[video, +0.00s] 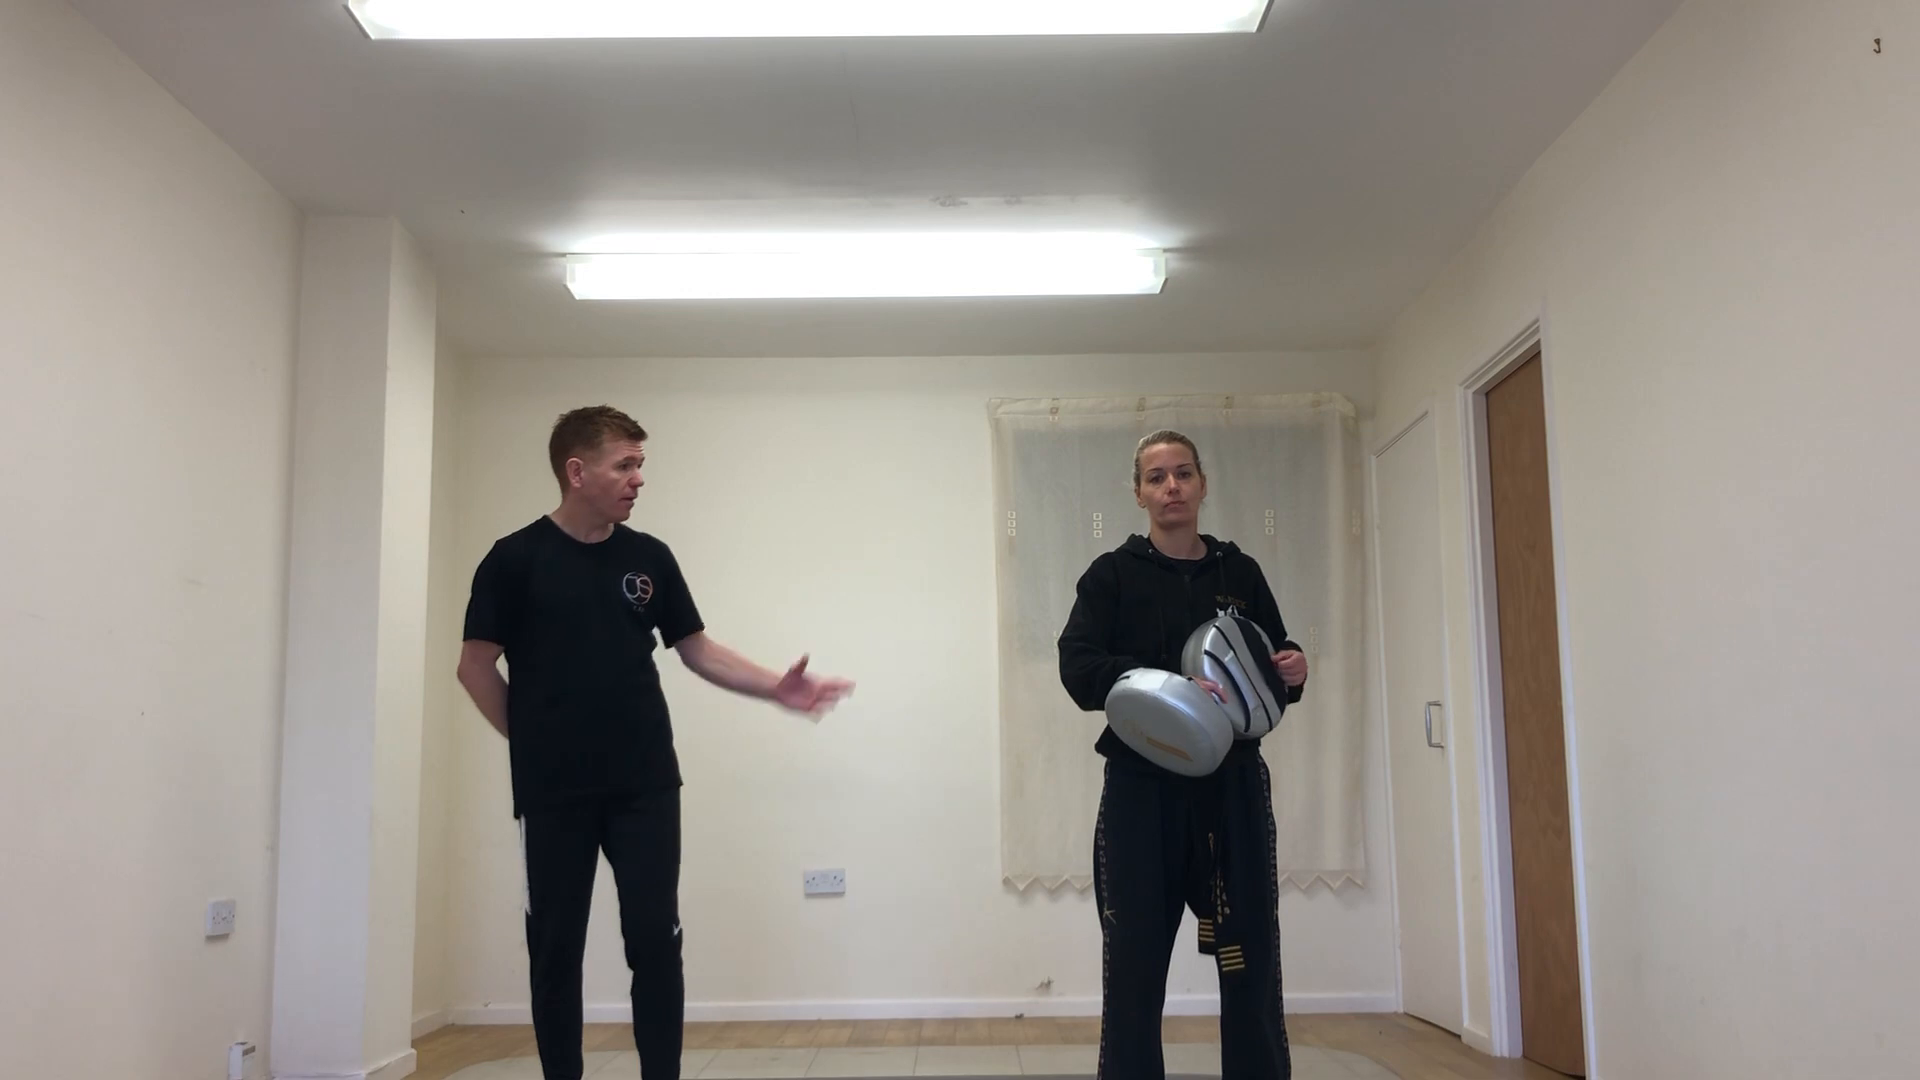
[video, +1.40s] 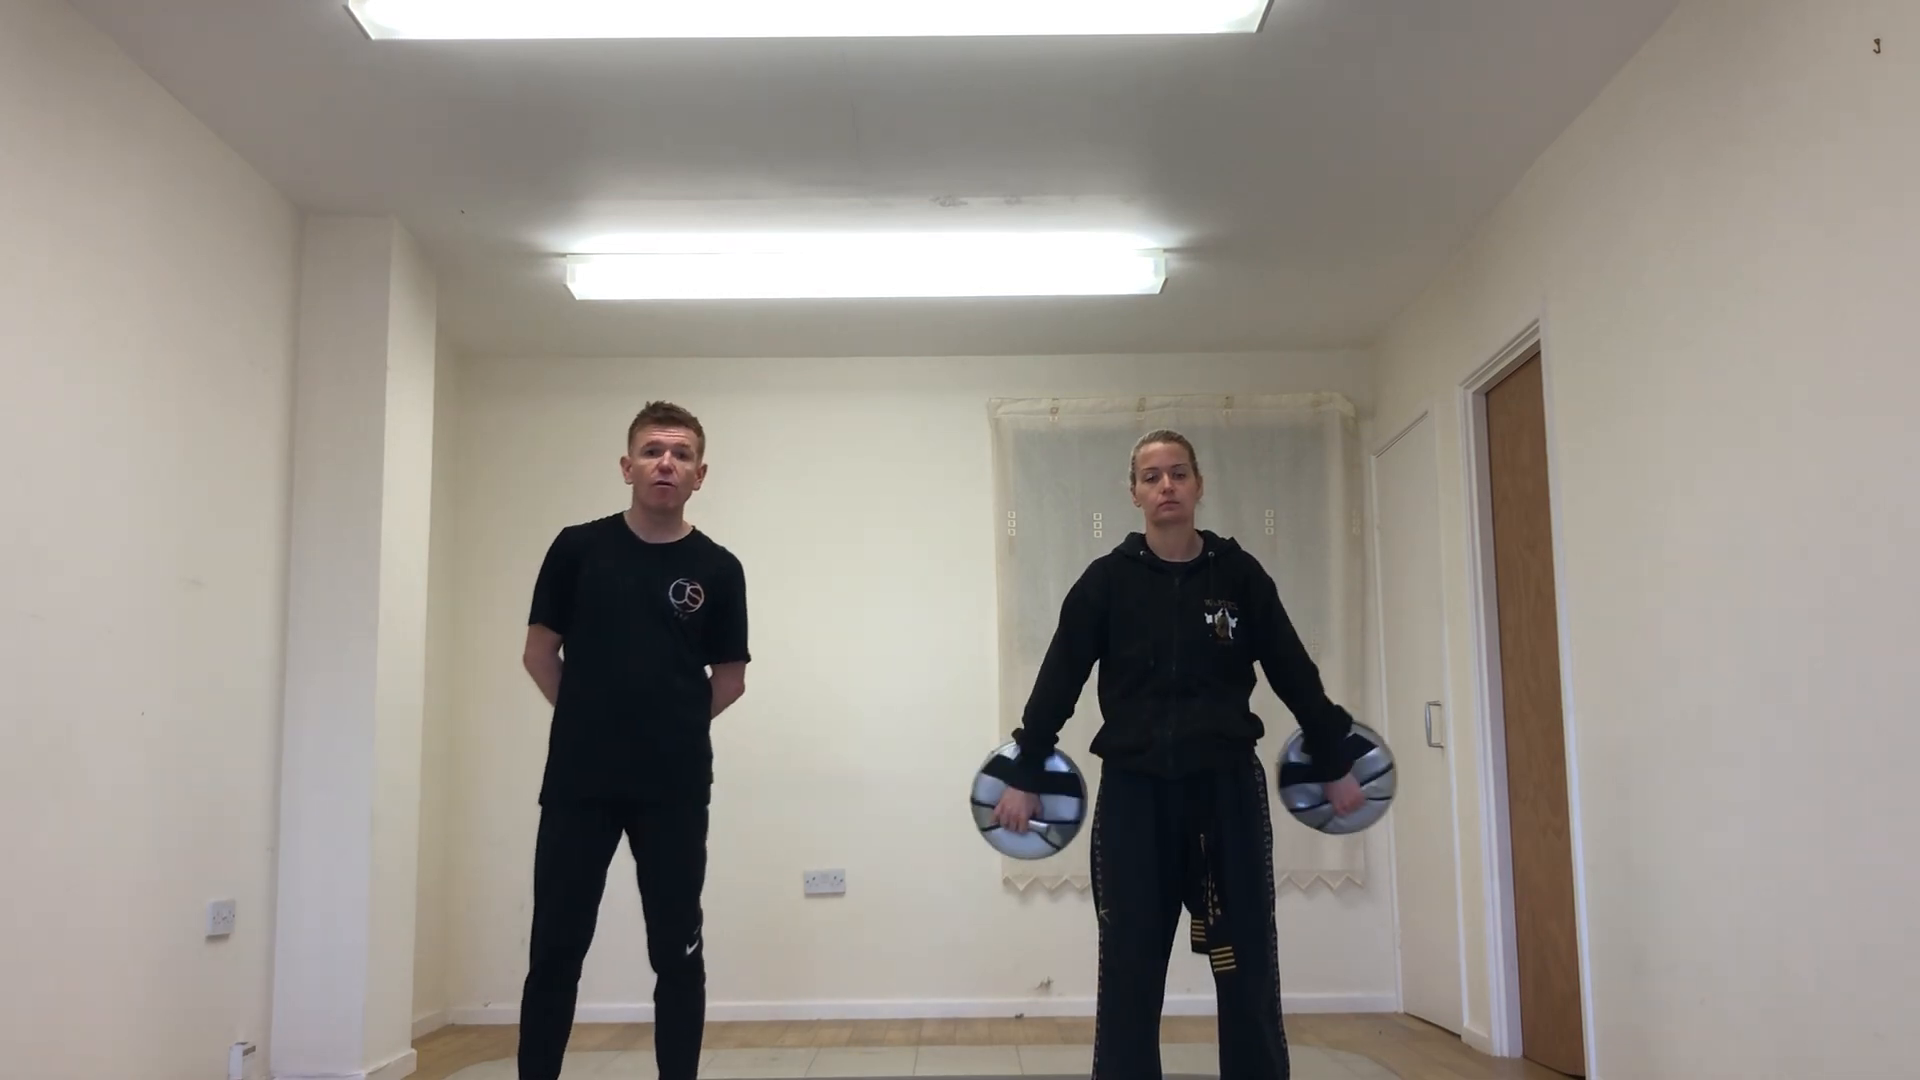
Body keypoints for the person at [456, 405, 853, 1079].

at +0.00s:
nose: (639, 480)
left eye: (641, 467)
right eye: (625, 467)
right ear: (574, 471)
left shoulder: (648, 557)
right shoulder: (512, 560)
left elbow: (697, 649)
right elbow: (473, 667)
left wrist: (776, 686)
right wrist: (530, 733)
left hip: (643, 778)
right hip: (554, 784)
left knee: (656, 944)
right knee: (555, 949)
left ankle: (662, 1075)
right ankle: (561, 1075)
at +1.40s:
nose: (666, 463)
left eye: (681, 454)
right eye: (653, 451)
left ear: (699, 475)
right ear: (627, 466)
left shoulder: (718, 567)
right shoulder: (575, 546)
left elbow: (730, 678)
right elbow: (538, 654)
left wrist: (669, 718)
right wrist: (588, 712)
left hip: (672, 780)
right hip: (581, 774)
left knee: (678, 954)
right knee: (554, 952)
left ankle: (678, 1077)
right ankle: (536, 1075)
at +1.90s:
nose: (589, 467)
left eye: (605, 456)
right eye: (575, 455)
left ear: (628, 471)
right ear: (555, 469)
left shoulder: (657, 562)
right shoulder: (515, 551)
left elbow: (676, 676)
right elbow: (493, 655)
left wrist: (615, 720)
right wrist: (546, 710)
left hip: (615, 775)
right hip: (525, 773)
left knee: (639, 946)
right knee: (521, 954)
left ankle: (666, 1076)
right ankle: (524, 1076)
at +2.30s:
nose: (582, 466)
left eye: (597, 454)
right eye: (568, 454)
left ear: (619, 470)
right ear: (546, 469)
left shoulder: (657, 557)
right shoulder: (513, 557)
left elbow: (684, 667)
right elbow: (494, 667)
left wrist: (630, 720)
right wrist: (551, 713)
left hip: (627, 776)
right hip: (535, 777)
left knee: (648, 949)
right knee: (528, 954)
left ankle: (668, 1076)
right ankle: (527, 1076)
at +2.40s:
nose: (588, 465)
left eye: (603, 454)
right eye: (574, 453)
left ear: (624, 470)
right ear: (552, 469)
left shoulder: (663, 556)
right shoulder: (521, 559)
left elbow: (692, 665)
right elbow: (503, 670)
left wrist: (638, 719)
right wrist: (558, 715)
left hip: (635, 776)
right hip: (543, 777)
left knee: (655, 949)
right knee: (533, 953)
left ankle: (671, 1076)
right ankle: (529, 1076)